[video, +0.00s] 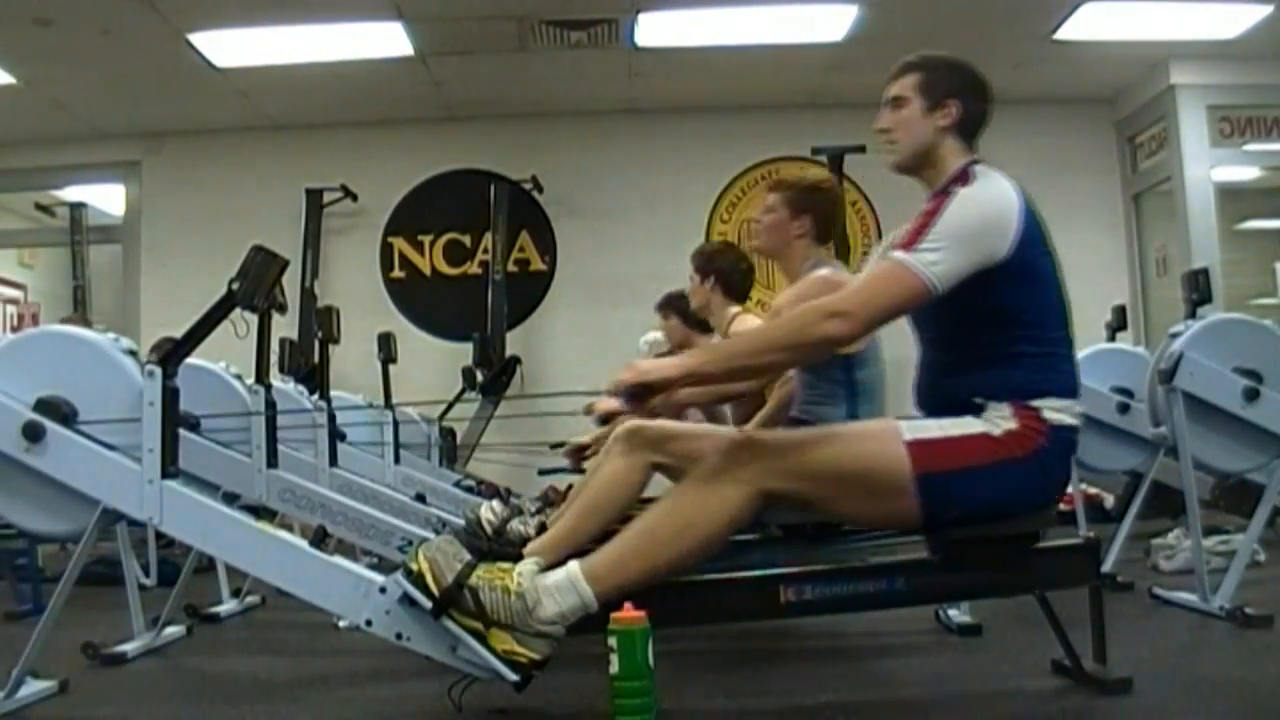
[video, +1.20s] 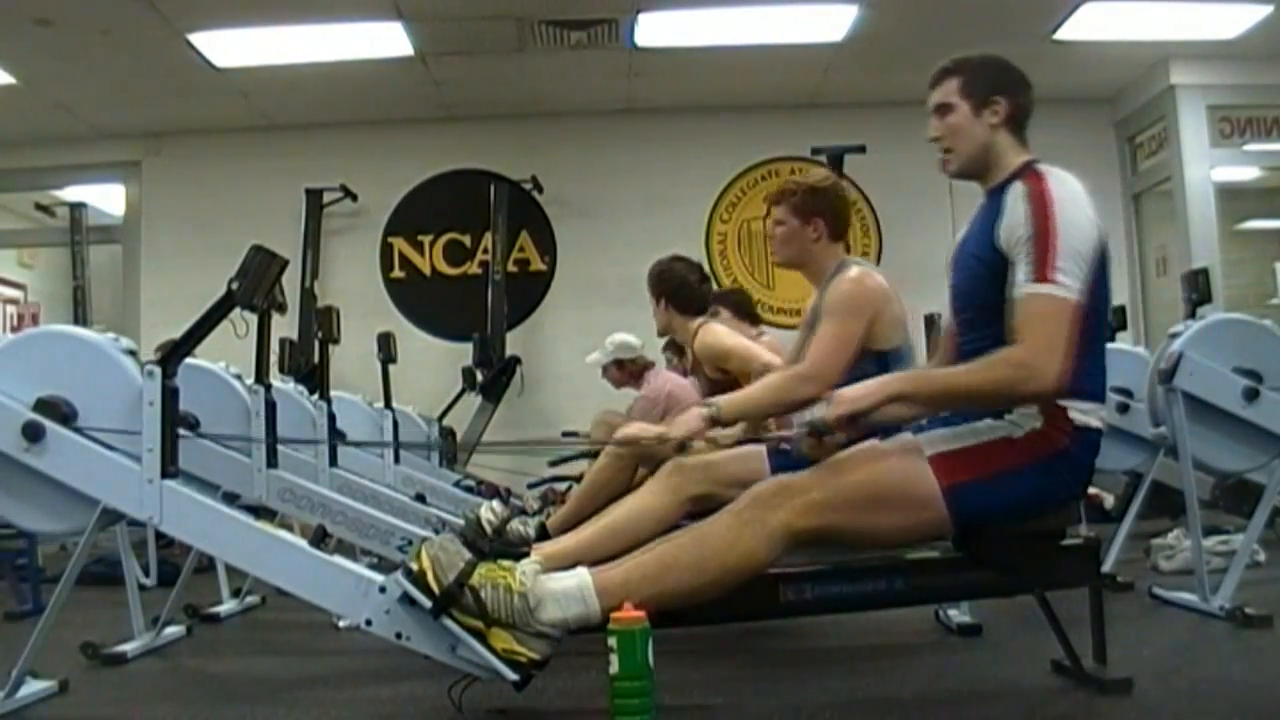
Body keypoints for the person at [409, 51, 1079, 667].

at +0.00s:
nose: (879, 125)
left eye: (896, 107)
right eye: (883, 111)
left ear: (950, 117)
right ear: (939, 122)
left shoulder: (983, 202)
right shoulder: (944, 210)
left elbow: (842, 322)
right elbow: (826, 316)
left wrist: (679, 369)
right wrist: (681, 377)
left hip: (1014, 440)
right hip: (969, 436)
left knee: (753, 457)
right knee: (730, 458)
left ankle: (548, 605)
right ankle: (539, 596)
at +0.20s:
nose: (944, 125)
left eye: (960, 108)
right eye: (944, 111)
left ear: (1013, 115)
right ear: (985, 122)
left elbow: (924, 324)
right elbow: (888, 343)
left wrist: (762, 367)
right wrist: (762, 389)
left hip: (1041, 433)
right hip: (984, 428)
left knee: (799, 506)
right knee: (776, 502)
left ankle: (550, 607)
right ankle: (545, 601)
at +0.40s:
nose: (987, 133)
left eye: (1000, 115)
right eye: (985, 118)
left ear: (1053, 115)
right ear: (1025, 120)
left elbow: (1020, 333)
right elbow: (942, 357)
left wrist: (838, 360)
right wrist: (820, 380)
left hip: (1036, 431)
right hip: (985, 425)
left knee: (792, 539)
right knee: (780, 536)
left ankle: (551, 605)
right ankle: (551, 603)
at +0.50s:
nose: (997, 134)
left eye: (1010, 116)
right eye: (996, 119)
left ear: (1063, 116)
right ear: (1039, 123)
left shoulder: (1096, 197)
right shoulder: (1044, 222)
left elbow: (1063, 334)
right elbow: (974, 367)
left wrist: (899, 350)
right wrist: (850, 376)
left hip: (1034, 429)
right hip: (986, 422)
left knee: (796, 532)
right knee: (777, 523)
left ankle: (557, 611)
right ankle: (555, 597)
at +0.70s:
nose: (1001, 139)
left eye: (1012, 121)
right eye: (1000, 125)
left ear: (1066, 119)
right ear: (1048, 127)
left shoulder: (1101, 196)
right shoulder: (1057, 216)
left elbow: (1142, 334)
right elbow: (1007, 360)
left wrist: (993, 331)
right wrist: (903, 381)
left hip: (1045, 432)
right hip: (1003, 422)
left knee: (799, 520)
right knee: (778, 511)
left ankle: (552, 606)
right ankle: (549, 602)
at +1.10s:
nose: (954, 138)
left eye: (968, 118)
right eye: (953, 124)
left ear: (1023, 117)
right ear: (1006, 125)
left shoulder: (1068, 199)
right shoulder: (1020, 212)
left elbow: (1114, 363)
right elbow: (1037, 355)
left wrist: (962, 363)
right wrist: (938, 380)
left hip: (1037, 434)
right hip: (997, 427)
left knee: (791, 519)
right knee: (770, 506)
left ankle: (555, 608)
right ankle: (552, 597)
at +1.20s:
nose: (933, 132)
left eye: (946, 113)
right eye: (931, 119)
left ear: (999, 113)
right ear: (979, 123)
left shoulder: (1044, 196)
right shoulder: (993, 216)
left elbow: (1038, 369)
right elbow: (986, 362)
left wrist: (885, 391)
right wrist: (879, 405)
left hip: (1035, 438)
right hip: (990, 431)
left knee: (788, 508)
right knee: (761, 496)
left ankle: (554, 605)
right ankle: (551, 597)